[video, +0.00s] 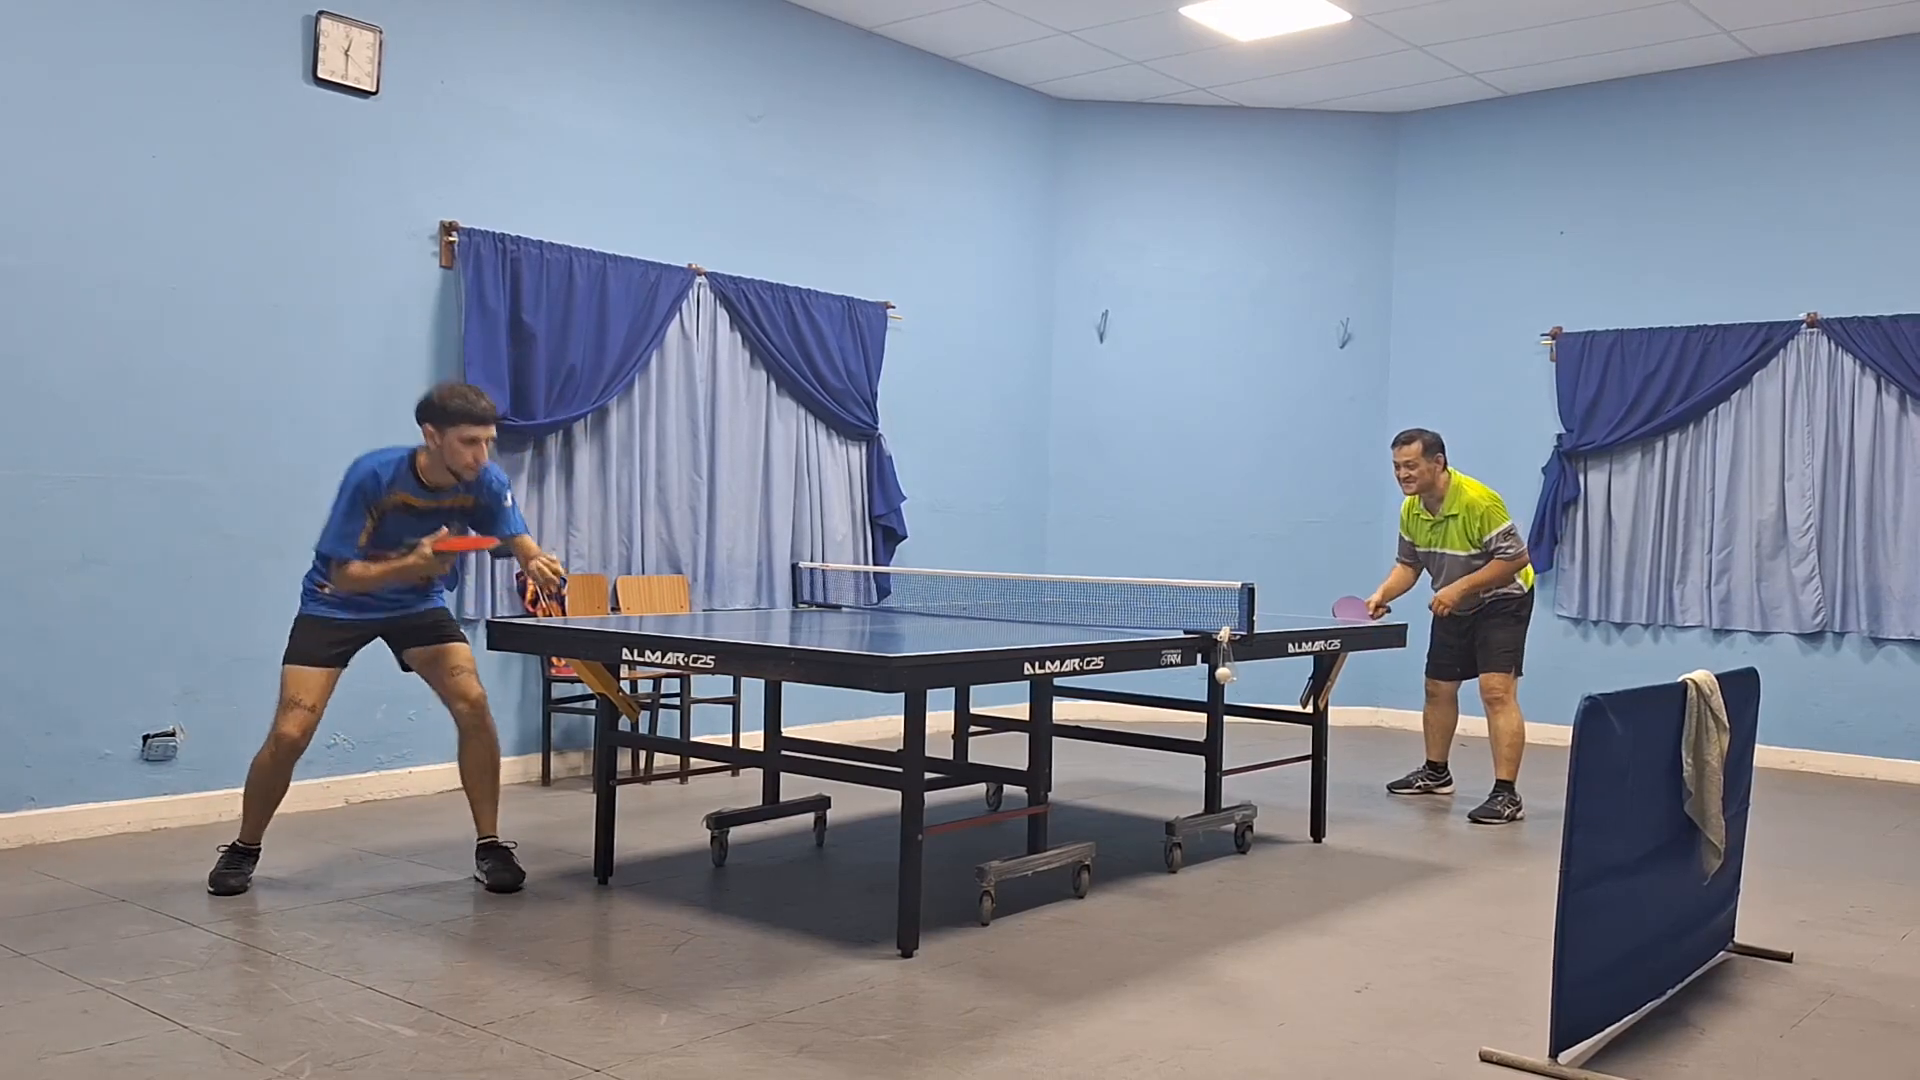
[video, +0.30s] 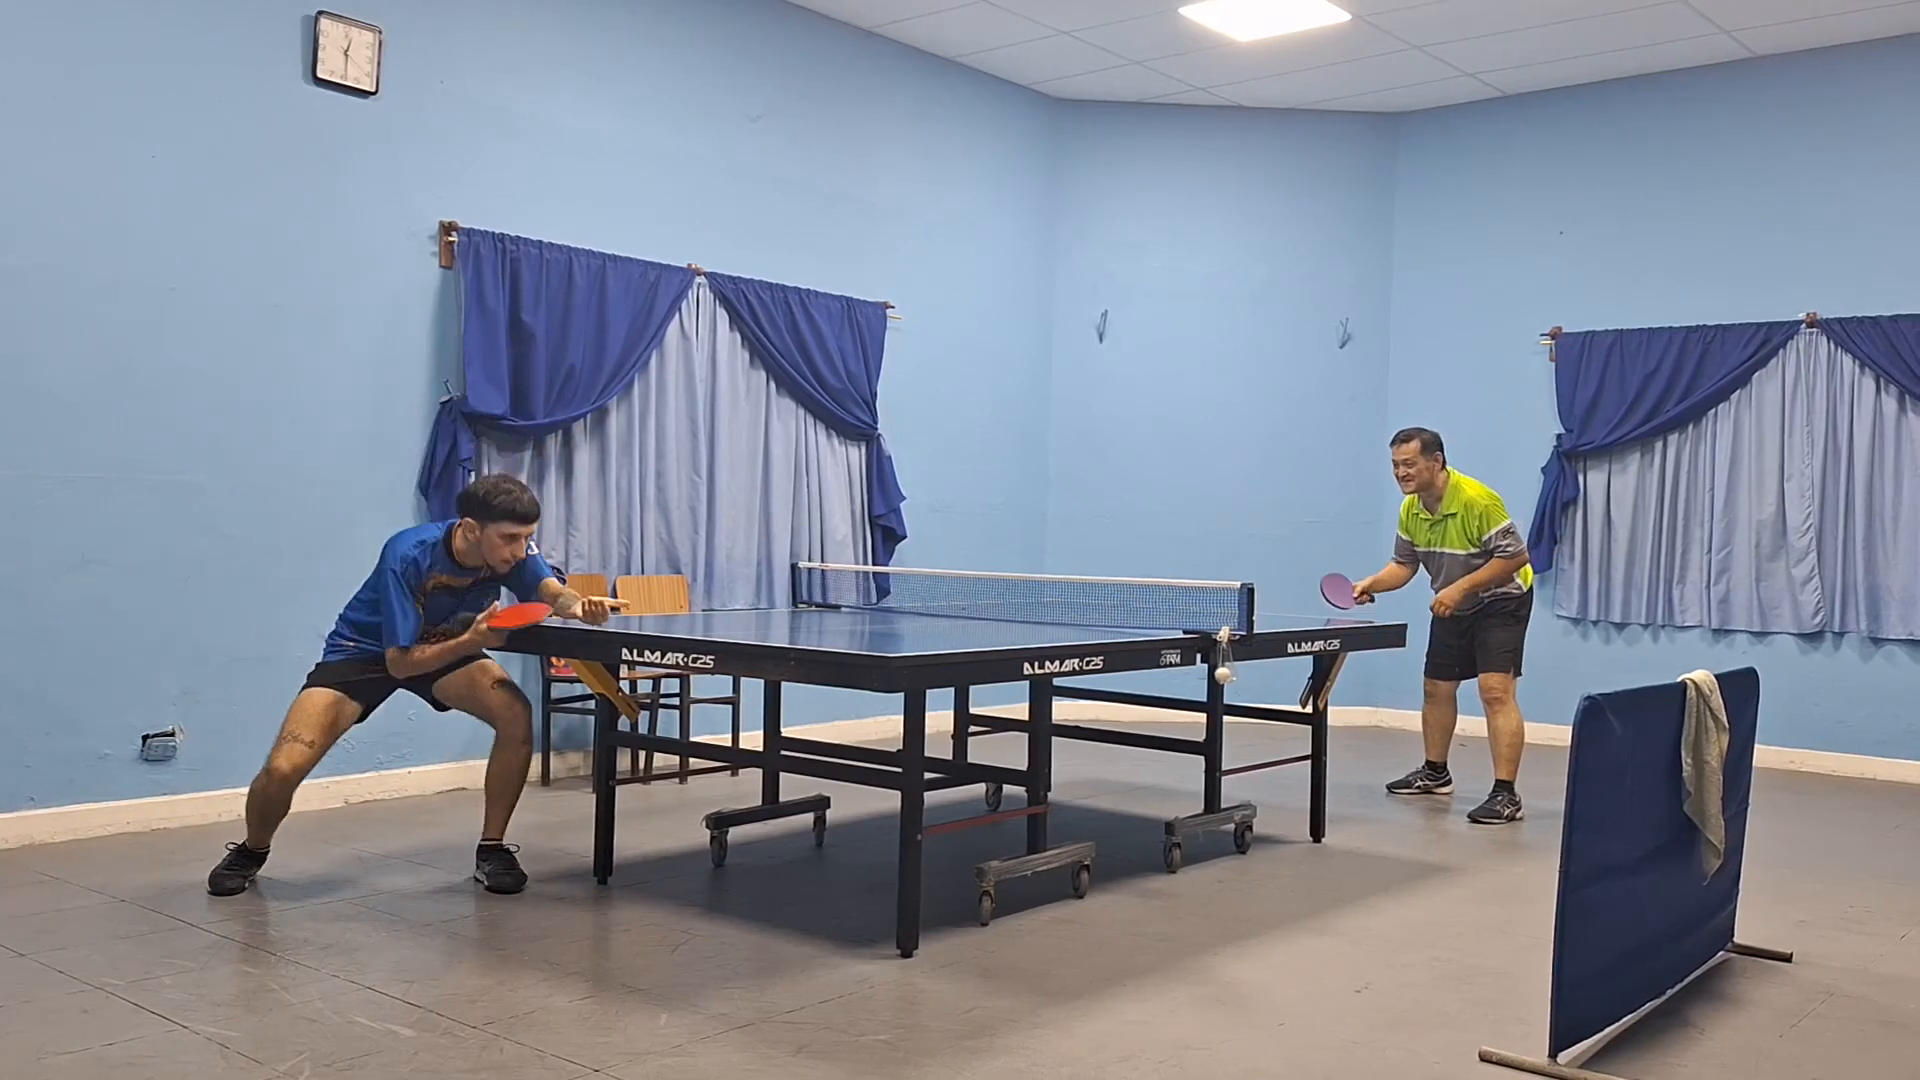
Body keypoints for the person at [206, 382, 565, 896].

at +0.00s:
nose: (481, 457)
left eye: (487, 443)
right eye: (470, 443)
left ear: (493, 439)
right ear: (433, 437)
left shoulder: (486, 485)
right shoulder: (372, 476)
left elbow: (525, 550)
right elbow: (340, 574)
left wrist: (537, 563)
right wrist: (412, 566)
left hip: (416, 606)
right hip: (335, 607)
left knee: (473, 701)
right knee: (290, 733)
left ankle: (491, 846)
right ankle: (243, 849)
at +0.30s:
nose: (519, 552)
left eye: (524, 540)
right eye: (509, 540)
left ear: (528, 536)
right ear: (468, 531)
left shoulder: (507, 553)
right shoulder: (407, 555)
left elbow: (554, 594)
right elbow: (401, 662)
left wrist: (580, 605)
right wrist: (471, 641)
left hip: (441, 652)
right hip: (363, 653)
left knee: (517, 716)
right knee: (282, 769)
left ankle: (492, 850)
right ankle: (251, 852)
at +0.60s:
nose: (523, 563)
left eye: (527, 553)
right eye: (513, 553)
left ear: (528, 548)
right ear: (472, 544)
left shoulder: (513, 565)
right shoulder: (407, 567)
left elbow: (557, 599)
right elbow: (395, 671)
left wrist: (591, 612)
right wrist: (470, 654)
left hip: (435, 664)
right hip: (362, 665)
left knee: (519, 715)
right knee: (290, 781)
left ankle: (492, 849)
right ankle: (253, 851)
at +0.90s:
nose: (514, 552)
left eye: (518, 540)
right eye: (503, 540)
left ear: (516, 538)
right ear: (462, 531)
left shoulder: (505, 564)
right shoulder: (397, 560)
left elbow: (551, 601)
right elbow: (374, 659)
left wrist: (581, 615)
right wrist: (450, 651)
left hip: (431, 663)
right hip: (353, 664)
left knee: (513, 714)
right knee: (284, 785)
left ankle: (491, 851)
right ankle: (252, 851)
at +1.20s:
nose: (478, 477)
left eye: (482, 465)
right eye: (465, 467)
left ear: (487, 466)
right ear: (425, 471)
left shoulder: (479, 507)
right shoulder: (369, 515)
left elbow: (515, 540)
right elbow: (358, 611)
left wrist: (560, 542)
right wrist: (428, 604)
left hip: (423, 640)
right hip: (345, 640)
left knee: (504, 713)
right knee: (282, 767)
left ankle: (488, 850)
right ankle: (247, 851)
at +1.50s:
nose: (396, 385)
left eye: (398, 375)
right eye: (379, 378)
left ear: (405, 385)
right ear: (345, 398)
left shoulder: (431, 433)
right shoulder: (314, 455)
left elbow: (509, 428)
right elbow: (278, 556)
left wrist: (548, 380)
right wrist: (298, 516)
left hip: (408, 604)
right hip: (324, 609)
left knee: (474, 708)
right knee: (268, 747)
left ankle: (487, 849)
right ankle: (243, 849)